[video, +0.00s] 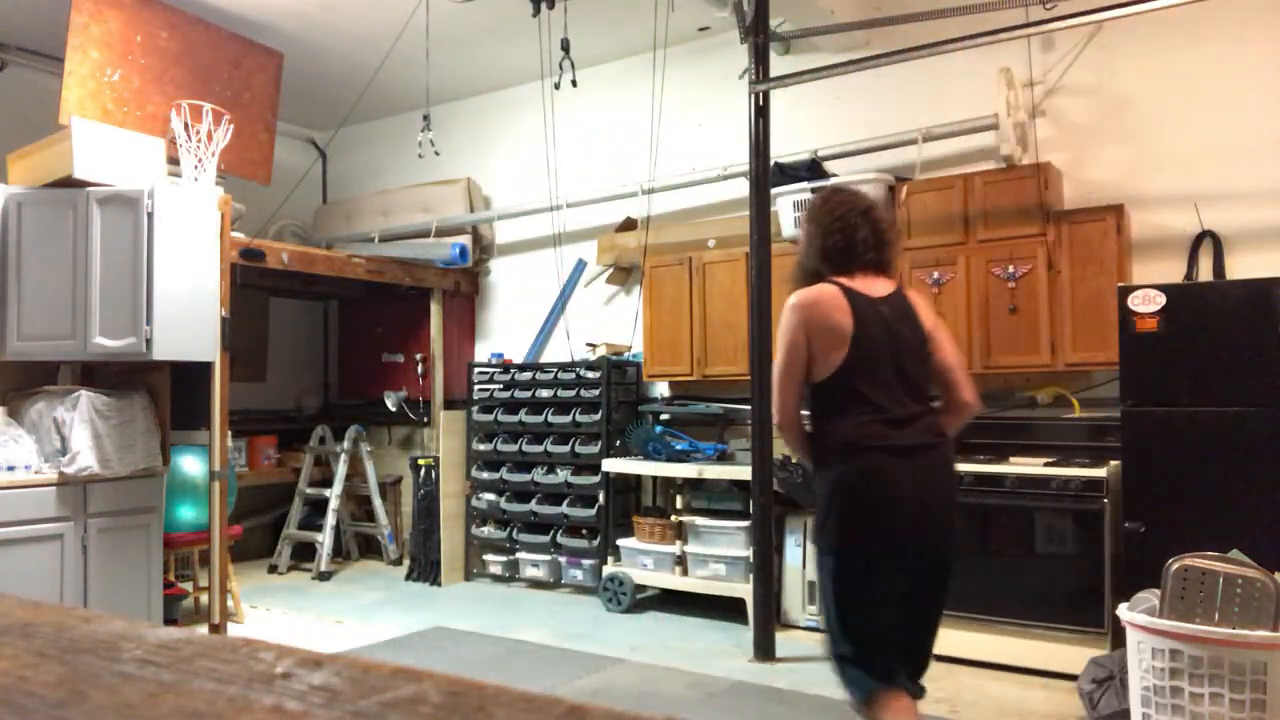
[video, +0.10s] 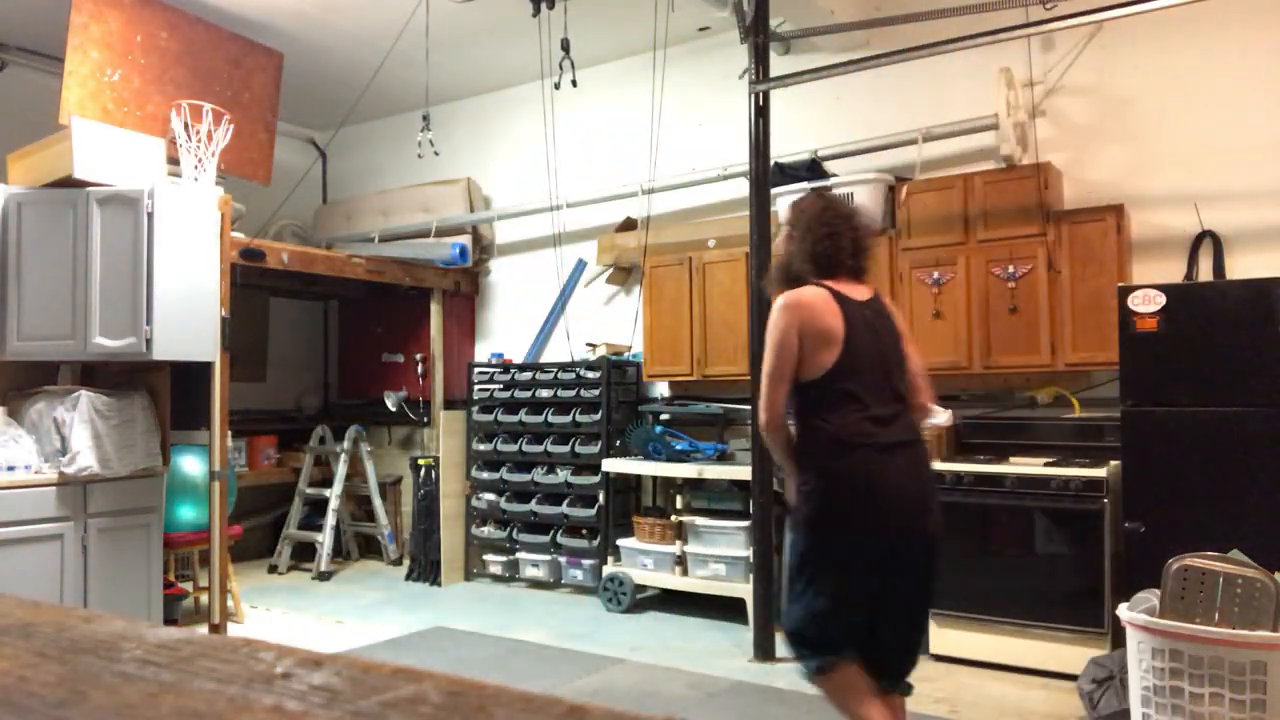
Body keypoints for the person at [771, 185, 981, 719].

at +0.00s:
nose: (800, 240)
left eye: (806, 231)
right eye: (804, 229)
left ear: (817, 243)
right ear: (880, 239)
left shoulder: (807, 306)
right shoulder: (912, 301)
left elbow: (786, 419)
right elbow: (965, 399)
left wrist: (828, 465)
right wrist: (919, 444)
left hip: (859, 487)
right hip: (931, 481)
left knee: (860, 659)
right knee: (903, 661)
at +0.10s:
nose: (780, 241)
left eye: (787, 232)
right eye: (783, 230)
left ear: (800, 244)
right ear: (853, 243)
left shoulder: (794, 306)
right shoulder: (879, 305)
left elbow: (770, 417)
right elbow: (922, 399)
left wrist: (793, 472)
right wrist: (874, 435)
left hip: (837, 489)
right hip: (907, 483)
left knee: (812, 632)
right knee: (886, 640)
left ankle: (876, 712)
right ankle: (890, 715)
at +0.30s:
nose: (734, 235)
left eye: (741, 225)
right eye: (737, 224)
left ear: (757, 236)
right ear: (797, 240)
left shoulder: (761, 295)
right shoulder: (814, 300)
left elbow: (739, 395)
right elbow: (801, 399)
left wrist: (726, 449)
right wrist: (753, 449)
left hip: (799, 479)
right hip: (854, 474)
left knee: (756, 611)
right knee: (854, 626)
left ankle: (750, 711)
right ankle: (881, 714)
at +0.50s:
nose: (692, 255)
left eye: (699, 247)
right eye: (695, 246)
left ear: (719, 255)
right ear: (750, 259)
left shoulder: (718, 314)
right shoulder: (762, 318)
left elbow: (675, 403)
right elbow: (741, 417)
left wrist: (658, 454)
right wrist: (677, 444)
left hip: (743, 489)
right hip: (789, 484)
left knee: (699, 615)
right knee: (769, 610)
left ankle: (702, 715)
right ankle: (846, 690)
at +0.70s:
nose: (675, 272)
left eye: (684, 266)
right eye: (679, 264)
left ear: (704, 278)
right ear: (731, 282)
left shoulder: (697, 335)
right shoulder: (735, 338)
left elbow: (617, 378)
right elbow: (670, 390)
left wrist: (588, 348)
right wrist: (620, 354)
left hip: (707, 506)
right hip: (743, 504)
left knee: (650, 605)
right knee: (698, 602)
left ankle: (693, 712)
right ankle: (743, 684)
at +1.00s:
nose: (665, 219)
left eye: (673, 212)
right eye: (669, 213)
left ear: (685, 226)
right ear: (708, 233)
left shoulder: (685, 275)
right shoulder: (690, 278)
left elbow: (612, 235)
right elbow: (623, 247)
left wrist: (636, 177)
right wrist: (649, 190)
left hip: (667, 454)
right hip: (687, 449)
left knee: (645, 581)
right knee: (685, 563)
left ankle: (681, 699)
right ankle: (715, 657)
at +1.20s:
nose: (652, 202)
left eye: (660, 198)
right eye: (658, 195)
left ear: (675, 213)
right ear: (699, 221)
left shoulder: (675, 263)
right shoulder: (677, 263)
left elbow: (612, 217)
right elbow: (619, 221)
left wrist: (611, 145)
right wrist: (611, 151)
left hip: (663, 434)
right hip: (660, 429)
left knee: (635, 558)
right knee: (633, 552)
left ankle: (636, 678)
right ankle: (633, 659)